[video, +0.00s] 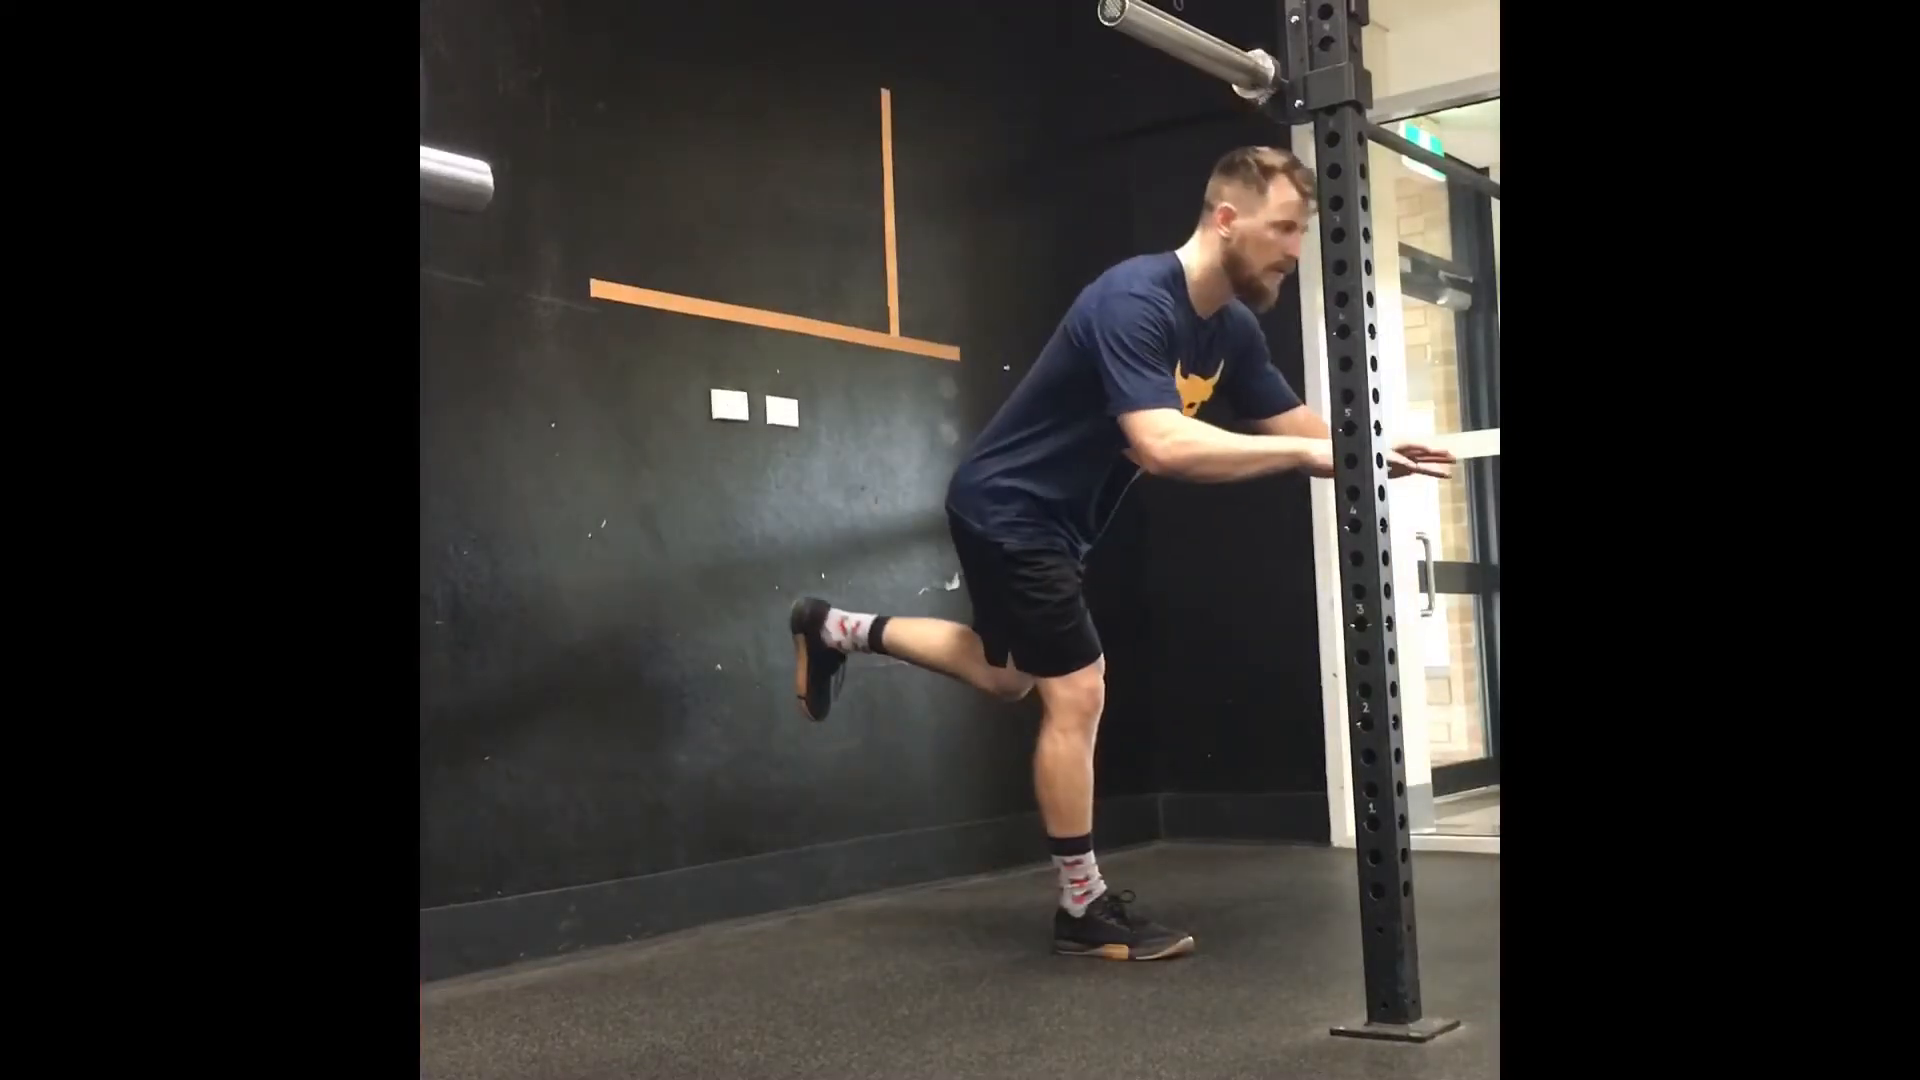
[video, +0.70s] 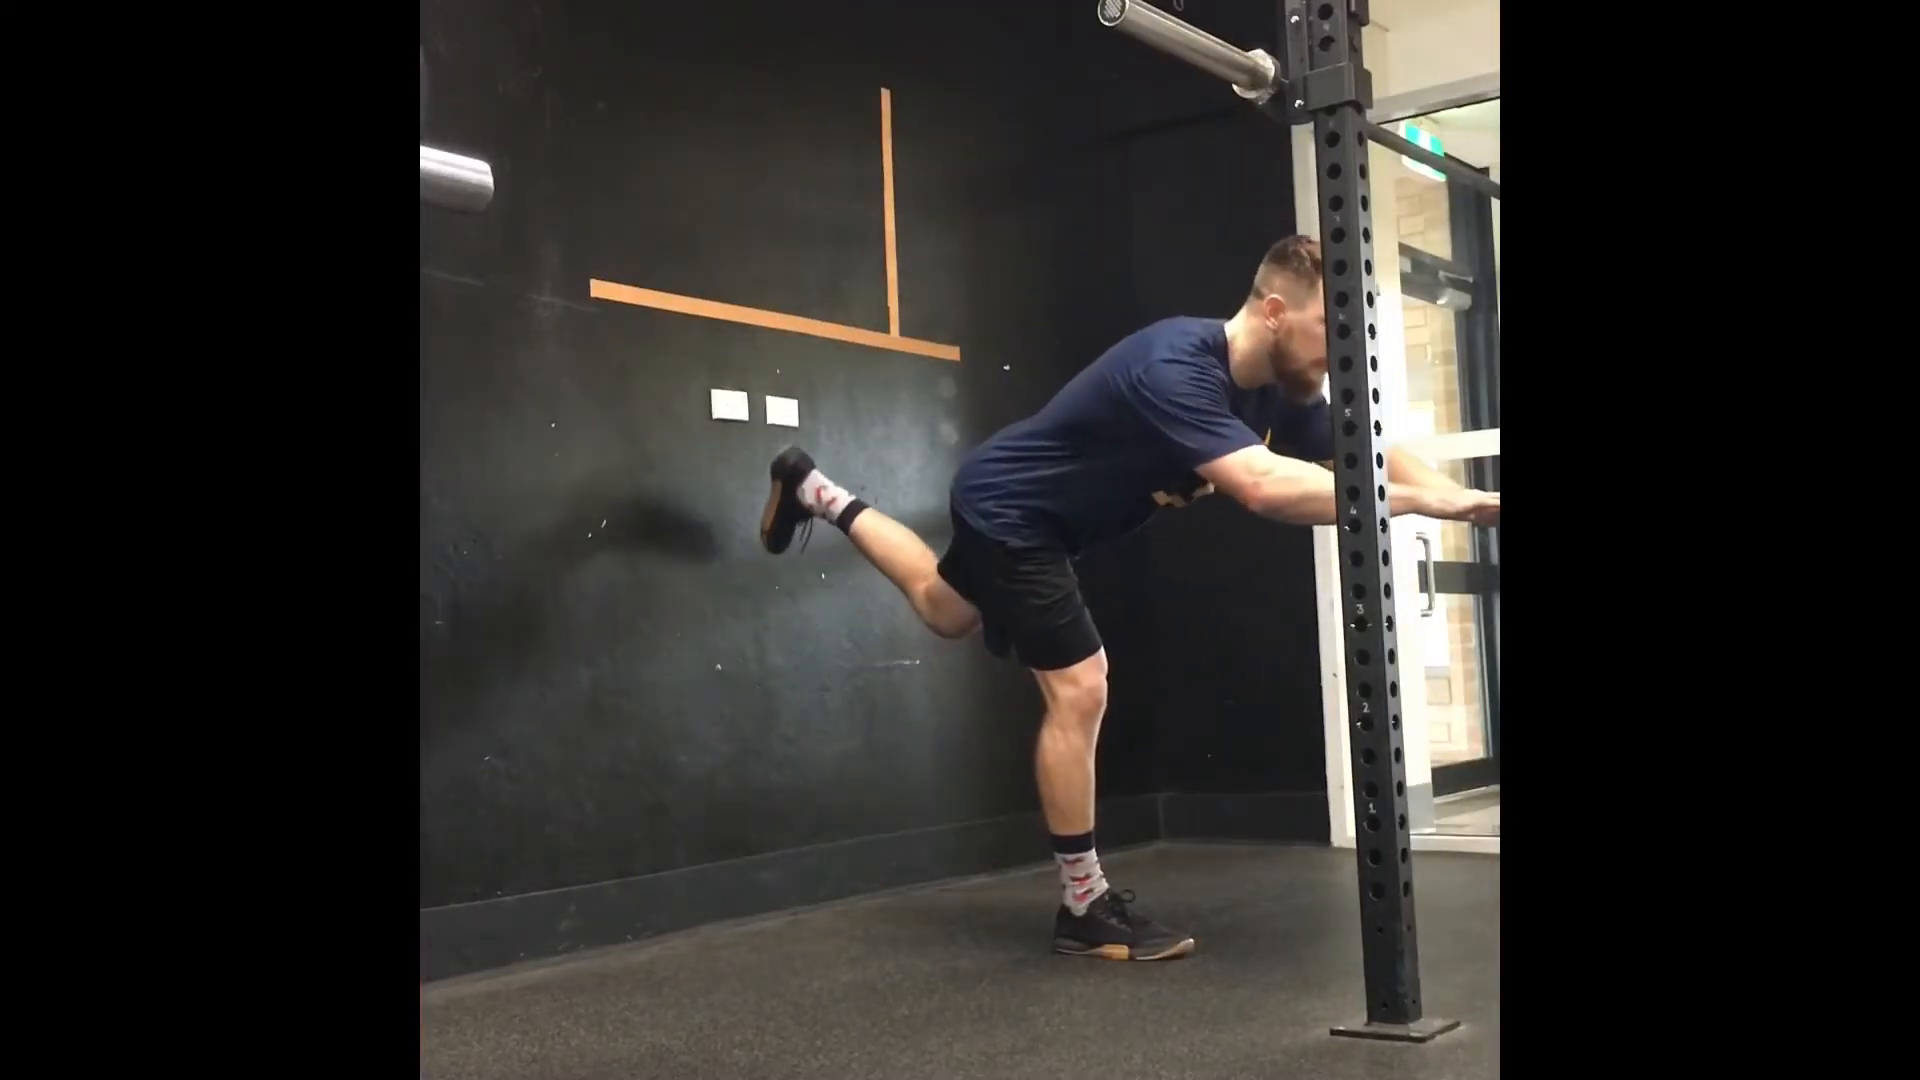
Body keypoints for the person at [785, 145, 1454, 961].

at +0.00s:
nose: (1297, 249)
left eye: (1302, 231)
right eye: (1285, 227)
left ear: (1244, 226)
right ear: (1223, 218)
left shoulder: (1232, 325)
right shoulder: (1133, 300)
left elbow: (1285, 424)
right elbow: (1160, 444)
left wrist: (1375, 448)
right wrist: (1308, 458)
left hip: (1057, 518)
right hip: (1005, 507)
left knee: (1003, 671)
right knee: (1076, 691)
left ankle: (835, 630)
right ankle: (1084, 911)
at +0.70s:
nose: (1336, 342)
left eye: (1340, 326)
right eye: (1328, 322)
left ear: (1287, 310)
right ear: (1274, 306)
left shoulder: (1280, 390)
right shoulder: (1174, 365)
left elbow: (1368, 459)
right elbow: (1260, 488)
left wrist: (1466, 500)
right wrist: (1404, 507)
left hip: (1047, 518)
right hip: (1000, 508)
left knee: (947, 610)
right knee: (1078, 688)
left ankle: (816, 493)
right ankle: (1085, 909)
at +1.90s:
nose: (1328, 304)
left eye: (1332, 287)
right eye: (1320, 284)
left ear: (1280, 280)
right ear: (1260, 272)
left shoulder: (1266, 373)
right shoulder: (1160, 340)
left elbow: (1291, 496)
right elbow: (1161, 495)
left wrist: (1381, 562)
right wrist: (1304, 543)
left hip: (1055, 522)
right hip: (1009, 507)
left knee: (945, 631)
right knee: (1085, 690)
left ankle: (805, 538)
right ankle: (1082, 906)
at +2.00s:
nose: (1317, 273)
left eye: (1321, 254)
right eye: (1306, 252)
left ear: (1266, 250)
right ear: (1246, 244)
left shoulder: (1248, 351)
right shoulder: (1144, 324)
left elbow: (1244, 476)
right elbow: (1105, 471)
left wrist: (1291, 558)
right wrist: (1236, 535)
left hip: (1069, 522)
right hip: (1013, 507)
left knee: (974, 662)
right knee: (1090, 691)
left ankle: (823, 598)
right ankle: (1083, 904)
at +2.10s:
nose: (1299, 242)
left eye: (1302, 224)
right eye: (1285, 222)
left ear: (1250, 225)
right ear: (1225, 217)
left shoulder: (1230, 331)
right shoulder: (1127, 305)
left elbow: (1207, 441)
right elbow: (1064, 443)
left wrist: (1234, 520)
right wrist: (1192, 513)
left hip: (1081, 525)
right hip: (1019, 509)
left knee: (1028, 694)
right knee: (1093, 690)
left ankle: (861, 666)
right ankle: (1084, 903)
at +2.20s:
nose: (1269, 209)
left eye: (1273, 192)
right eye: (1254, 189)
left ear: (1216, 192)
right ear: (1195, 184)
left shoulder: (1208, 299)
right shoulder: (1105, 281)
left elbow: (1184, 402)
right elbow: (1035, 412)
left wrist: (1203, 478)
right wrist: (1162, 469)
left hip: (1099, 517)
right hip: (1026, 511)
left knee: (1075, 694)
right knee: (1088, 695)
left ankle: (917, 732)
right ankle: (1083, 903)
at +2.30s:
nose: (1231, 177)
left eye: (1235, 161)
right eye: (1217, 157)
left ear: (1182, 160)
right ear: (1157, 152)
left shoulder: (1178, 271)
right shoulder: (1081, 258)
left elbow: (1137, 393)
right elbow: (1018, 388)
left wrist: (1195, 431)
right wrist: (1149, 424)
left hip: (1110, 514)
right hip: (1030, 515)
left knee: (1148, 682)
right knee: (1084, 698)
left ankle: (991, 777)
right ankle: (1082, 904)